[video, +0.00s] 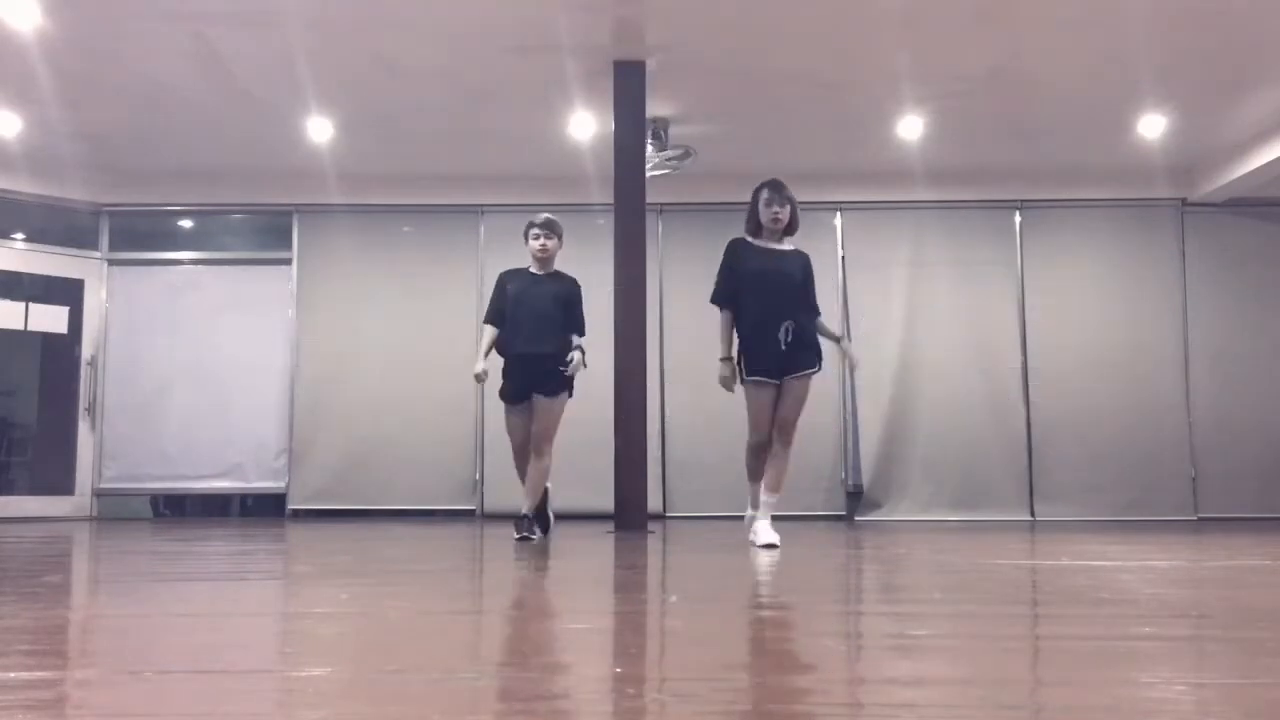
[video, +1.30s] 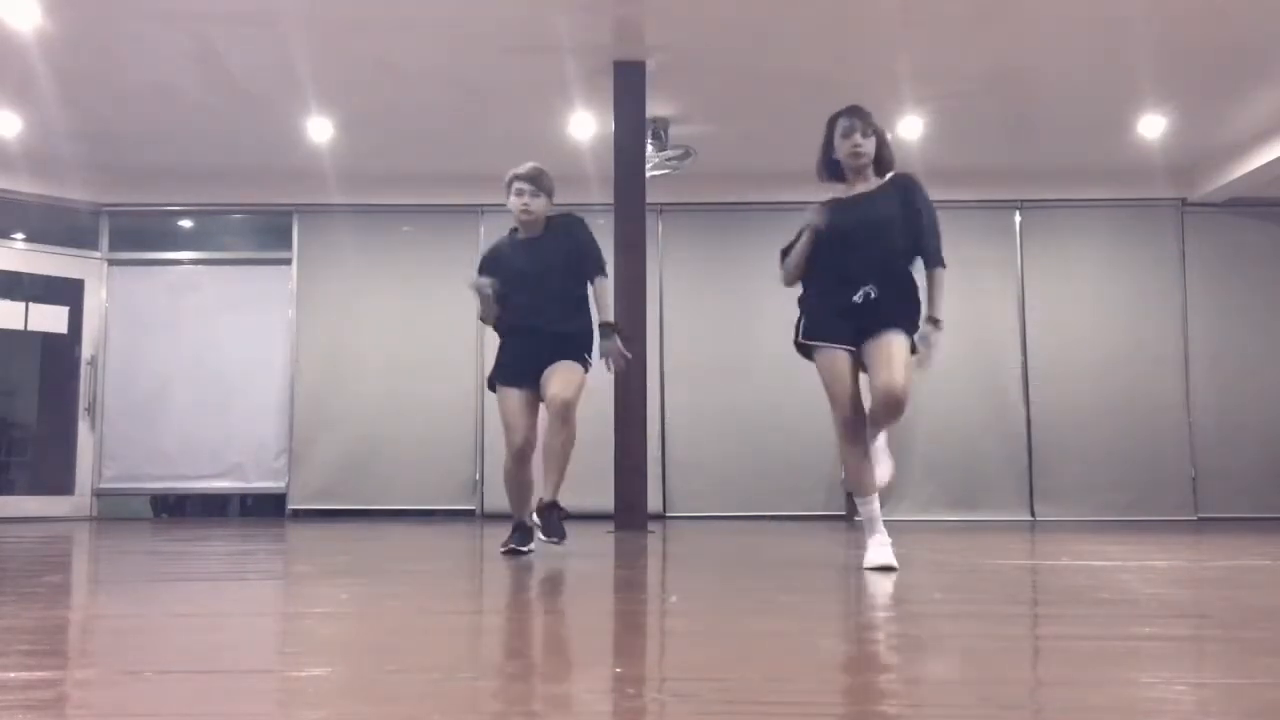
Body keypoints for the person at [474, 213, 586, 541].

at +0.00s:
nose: (542, 242)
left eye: (548, 237)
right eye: (536, 237)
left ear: (559, 243)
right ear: (526, 243)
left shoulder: (568, 285)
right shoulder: (508, 279)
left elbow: (576, 332)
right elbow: (493, 323)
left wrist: (578, 352)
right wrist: (481, 357)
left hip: (553, 370)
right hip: (515, 370)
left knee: (541, 447)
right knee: (520, 449)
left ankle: (527, 516)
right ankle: (540, 503)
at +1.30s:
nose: (525, 201)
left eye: (534, 194)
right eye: (518, 194)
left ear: (549, 200)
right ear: (509, 200)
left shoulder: (570, 229)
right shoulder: (498, 254)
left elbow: (599, 279)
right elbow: (492, 321)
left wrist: (607, 333)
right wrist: (485, 297)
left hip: (566, 344)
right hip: (516, 347)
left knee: (561, 400)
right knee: (518, 445)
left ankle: (549, 503)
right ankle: (520, 525)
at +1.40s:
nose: (522, 196)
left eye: (528, 187)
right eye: (513, 191)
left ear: (543, 192)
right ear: (503, 201)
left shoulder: (576, 231)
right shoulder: (499, 250)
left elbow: (597, 286)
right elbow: (494, 308)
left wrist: (600, 338)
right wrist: (510, 265)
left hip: (566, 343)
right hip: (513, 347)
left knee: (558, 407)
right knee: (522, 448)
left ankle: (551, 515)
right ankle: (521, 524)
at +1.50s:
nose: (533, 185)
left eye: (539, 176)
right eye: (524, 181)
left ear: (554, 181)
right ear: (514, 190)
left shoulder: (579, 234)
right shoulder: (501, 230)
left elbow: (589, 295)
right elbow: (488, 278)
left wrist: (590, 338)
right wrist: (529, 238)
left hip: (565, 341)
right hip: (514, 341)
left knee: (558, 423)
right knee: (524, 446)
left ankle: (552, 525)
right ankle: (524, 524)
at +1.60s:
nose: (556, 180)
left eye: (563, 175)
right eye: (548, 172)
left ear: (571, 188)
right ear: (531, 179)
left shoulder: (571, 239)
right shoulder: (510, 212)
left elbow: (579, 302)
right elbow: (492, 235)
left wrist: (595, 338)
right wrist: (530, 208)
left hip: (565, 340)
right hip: (515, 339)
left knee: (559, 425)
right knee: (526, 445)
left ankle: (552, 526)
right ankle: (533, 516)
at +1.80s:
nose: (561, 192)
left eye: (569, 190)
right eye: (558, 181)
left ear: (571, 200)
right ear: (537, 179)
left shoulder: (571, 245)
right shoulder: (502, 225)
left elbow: (591, 292)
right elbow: (501, 204)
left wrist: (587, 308)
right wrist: (529, 174)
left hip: (558, 341)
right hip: (506, 338)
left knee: (552, 429)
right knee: (514, 417)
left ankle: (550, 527)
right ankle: (520, 482)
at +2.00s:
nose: (528, 146)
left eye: (537, 140)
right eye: (520, 139)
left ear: (549, 152)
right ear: (506, 147)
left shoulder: (562, 209)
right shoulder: (481, 196)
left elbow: (576, 266)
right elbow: (458, 252)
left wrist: (561, 291)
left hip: (543, 320)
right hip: (491, 318)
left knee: (556, 420)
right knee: (458, 414)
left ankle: (582, 519)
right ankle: (423, 507)